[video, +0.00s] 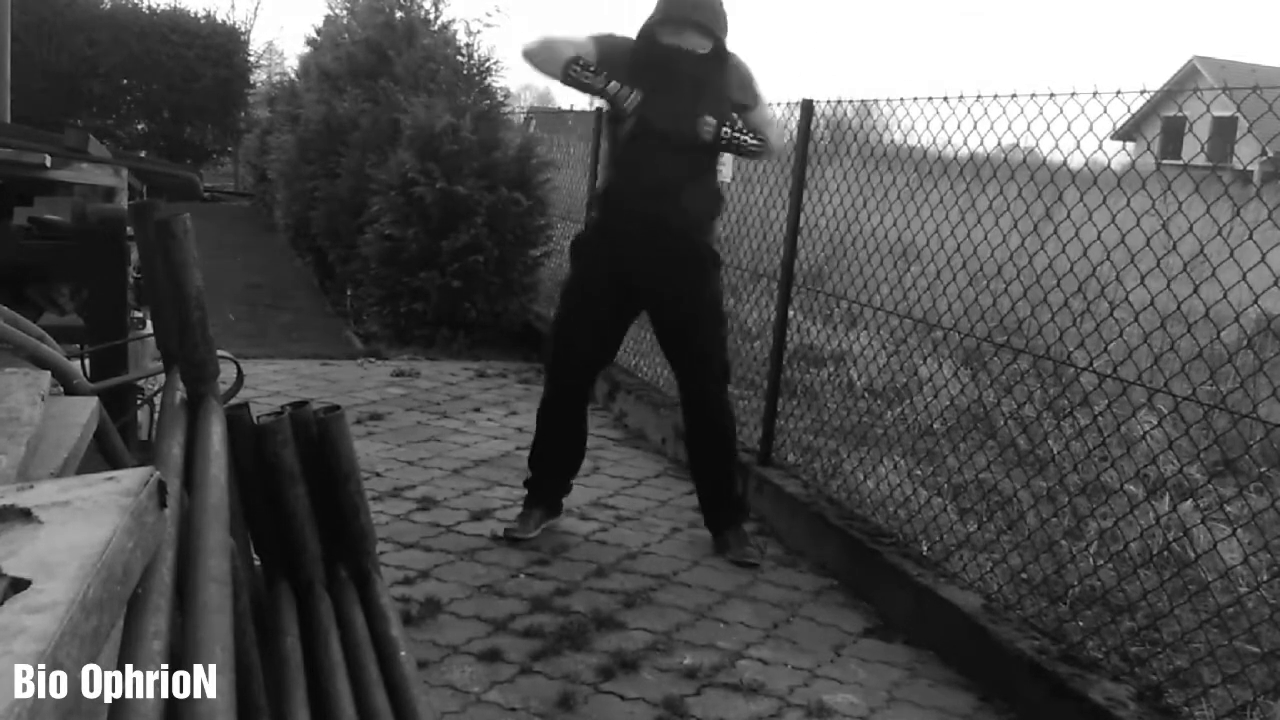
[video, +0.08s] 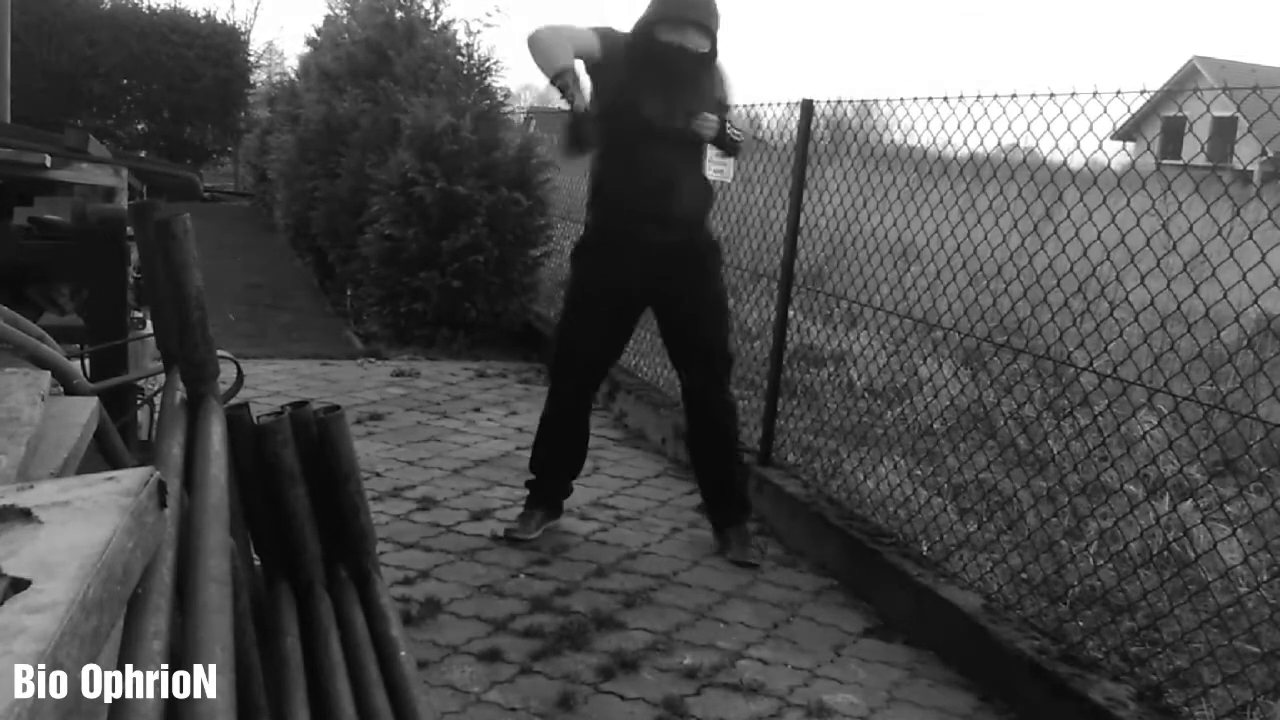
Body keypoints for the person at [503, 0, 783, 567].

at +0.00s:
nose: (682, 52)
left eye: (696, 44)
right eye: (672, 40)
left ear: (712, 38)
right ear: (656, 26)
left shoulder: (729, 75)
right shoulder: (623, 54)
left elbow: (771, 139)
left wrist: (744, 138)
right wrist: (593, 82)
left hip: (685, 259)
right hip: (610, 249)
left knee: (707, 389)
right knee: (567, 376)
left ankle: (727, 524)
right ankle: (542, 500)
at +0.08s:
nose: (681, 56)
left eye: (694, 48)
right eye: (671, 43)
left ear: (708, 41)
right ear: (651, 28)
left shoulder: (710, 77)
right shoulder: (617, 51)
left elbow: (737, 143)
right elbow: (545, 39)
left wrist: (728, 137)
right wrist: (573, 86)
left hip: (686, 254)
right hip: (611, 246)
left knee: (709, 385)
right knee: (573, 376)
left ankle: (731, 520)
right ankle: (544, 500)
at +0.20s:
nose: (672, 59)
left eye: (683, 52)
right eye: (662, 46)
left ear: (694, 55)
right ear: (638, 39)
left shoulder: (680, 109)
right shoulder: (599, 77)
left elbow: (674, 188)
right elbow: (554, 115)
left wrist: (707, 159)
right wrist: (529, 150)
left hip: (685, 262)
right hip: (615, 260)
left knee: (716, 386)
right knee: (582, 386)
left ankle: (734, 520)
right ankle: (545, 504)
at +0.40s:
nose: (653, 34)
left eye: (659, 26)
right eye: (651, 24)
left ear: (620, 13)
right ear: (671, 16)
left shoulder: (696, 66)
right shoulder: (589, 67)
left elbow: (764, 63)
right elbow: (552, 134)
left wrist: (741, 13)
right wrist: (583, 178)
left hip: (689, 245)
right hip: (613, 244)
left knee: (721, 380)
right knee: (576, 376)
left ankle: (736, 519)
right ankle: (544, 502)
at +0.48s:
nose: (643, 47)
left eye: (655, 37)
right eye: (631, 37)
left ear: (675, 30)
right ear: (616, 31)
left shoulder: (706, 56)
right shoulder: (603, 77)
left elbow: (743, 4)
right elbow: (558, 141)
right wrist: (581, 159)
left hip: (686, 251)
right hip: (612, 248)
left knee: (718, 383)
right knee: (576, 376)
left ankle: (733, 519)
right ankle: (543, 499)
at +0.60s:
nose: (633, 45)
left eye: (642, 32)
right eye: (637, 36)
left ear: (667, 26)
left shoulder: (729, 73)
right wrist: (614, 170)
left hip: (678, 259)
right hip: (615, 251)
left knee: (701, 391)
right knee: (572, 373)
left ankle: (728, 523)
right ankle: (543, 498)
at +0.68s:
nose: (651, 67)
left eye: (661, 55)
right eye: (647, 57)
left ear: (690, 48)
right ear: (648, 50)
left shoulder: (736, 92)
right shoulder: (659, 114)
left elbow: (698, 81)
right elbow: (640, 172)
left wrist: (627, 60)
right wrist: (621, 168)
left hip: (675, 270)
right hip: (612, 259)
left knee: (695, 397)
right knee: (566, 370)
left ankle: (725, 524)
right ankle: (547, 500)